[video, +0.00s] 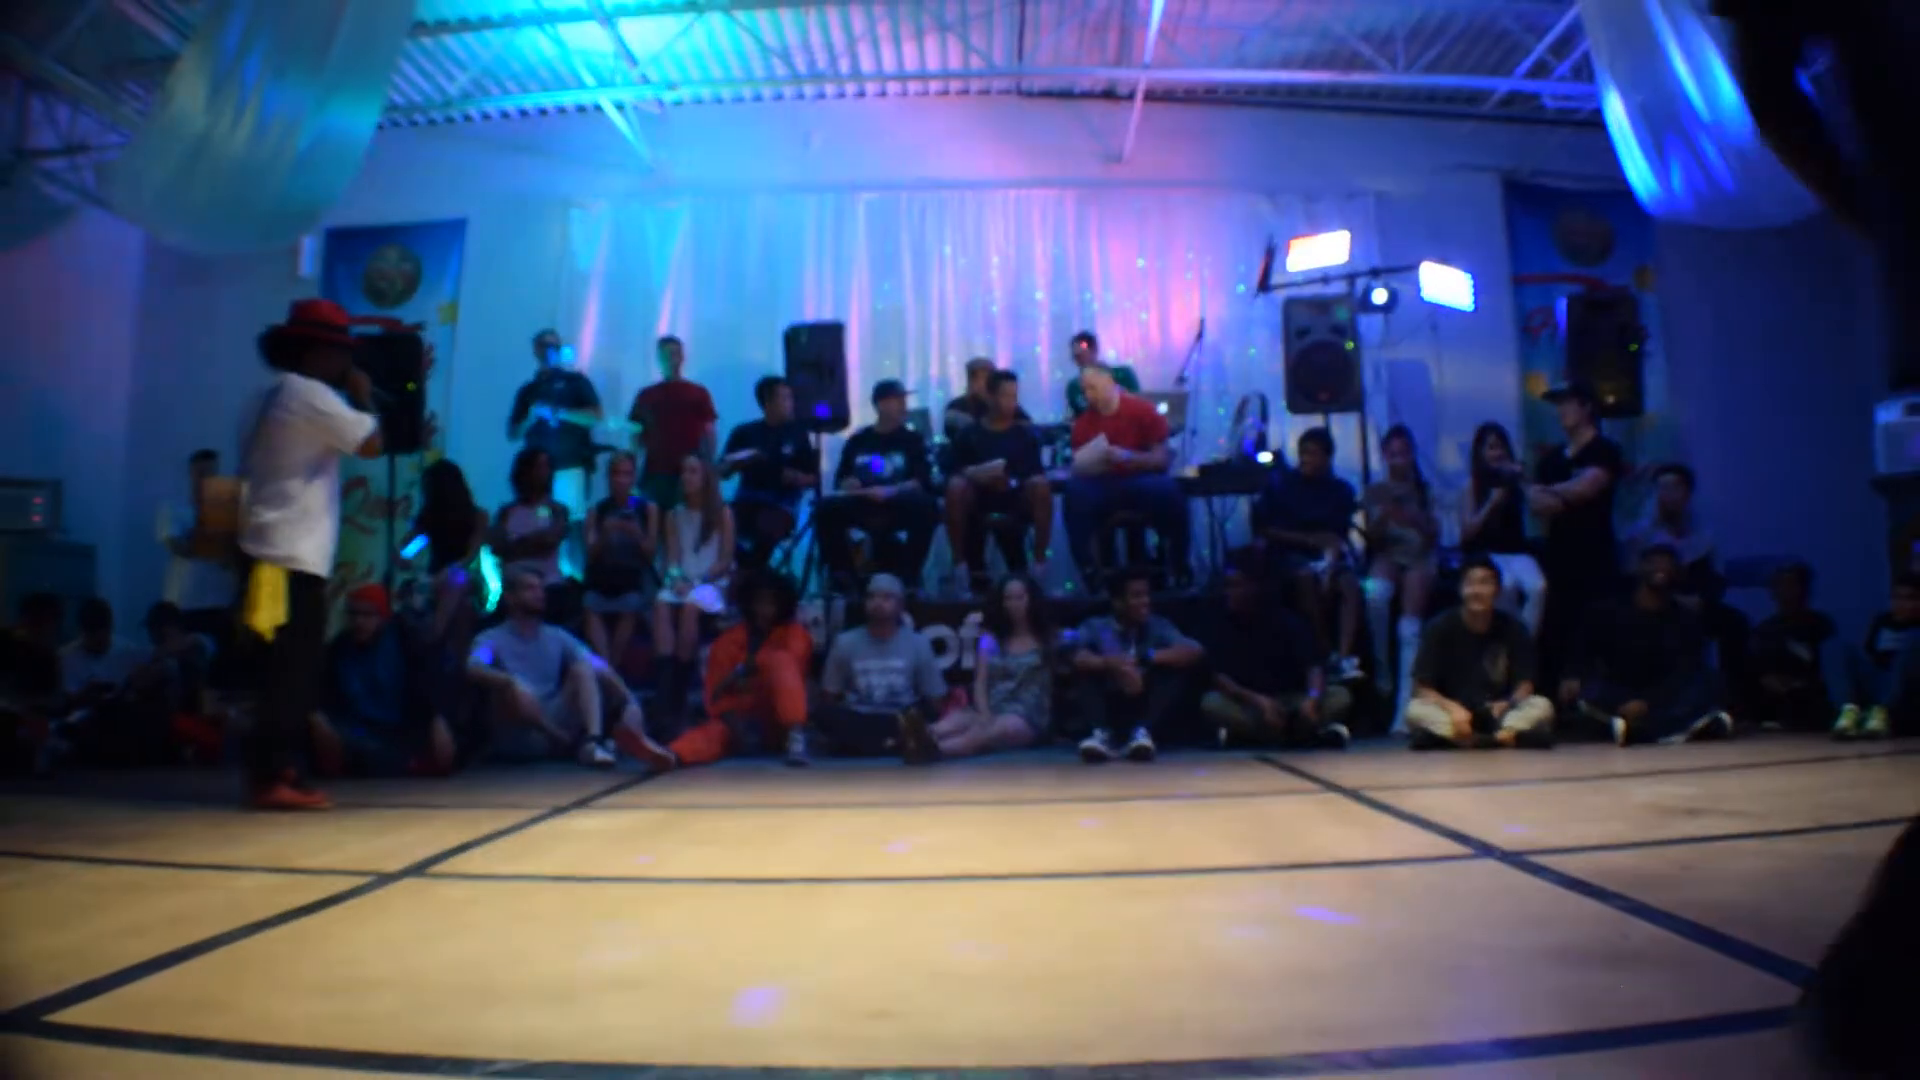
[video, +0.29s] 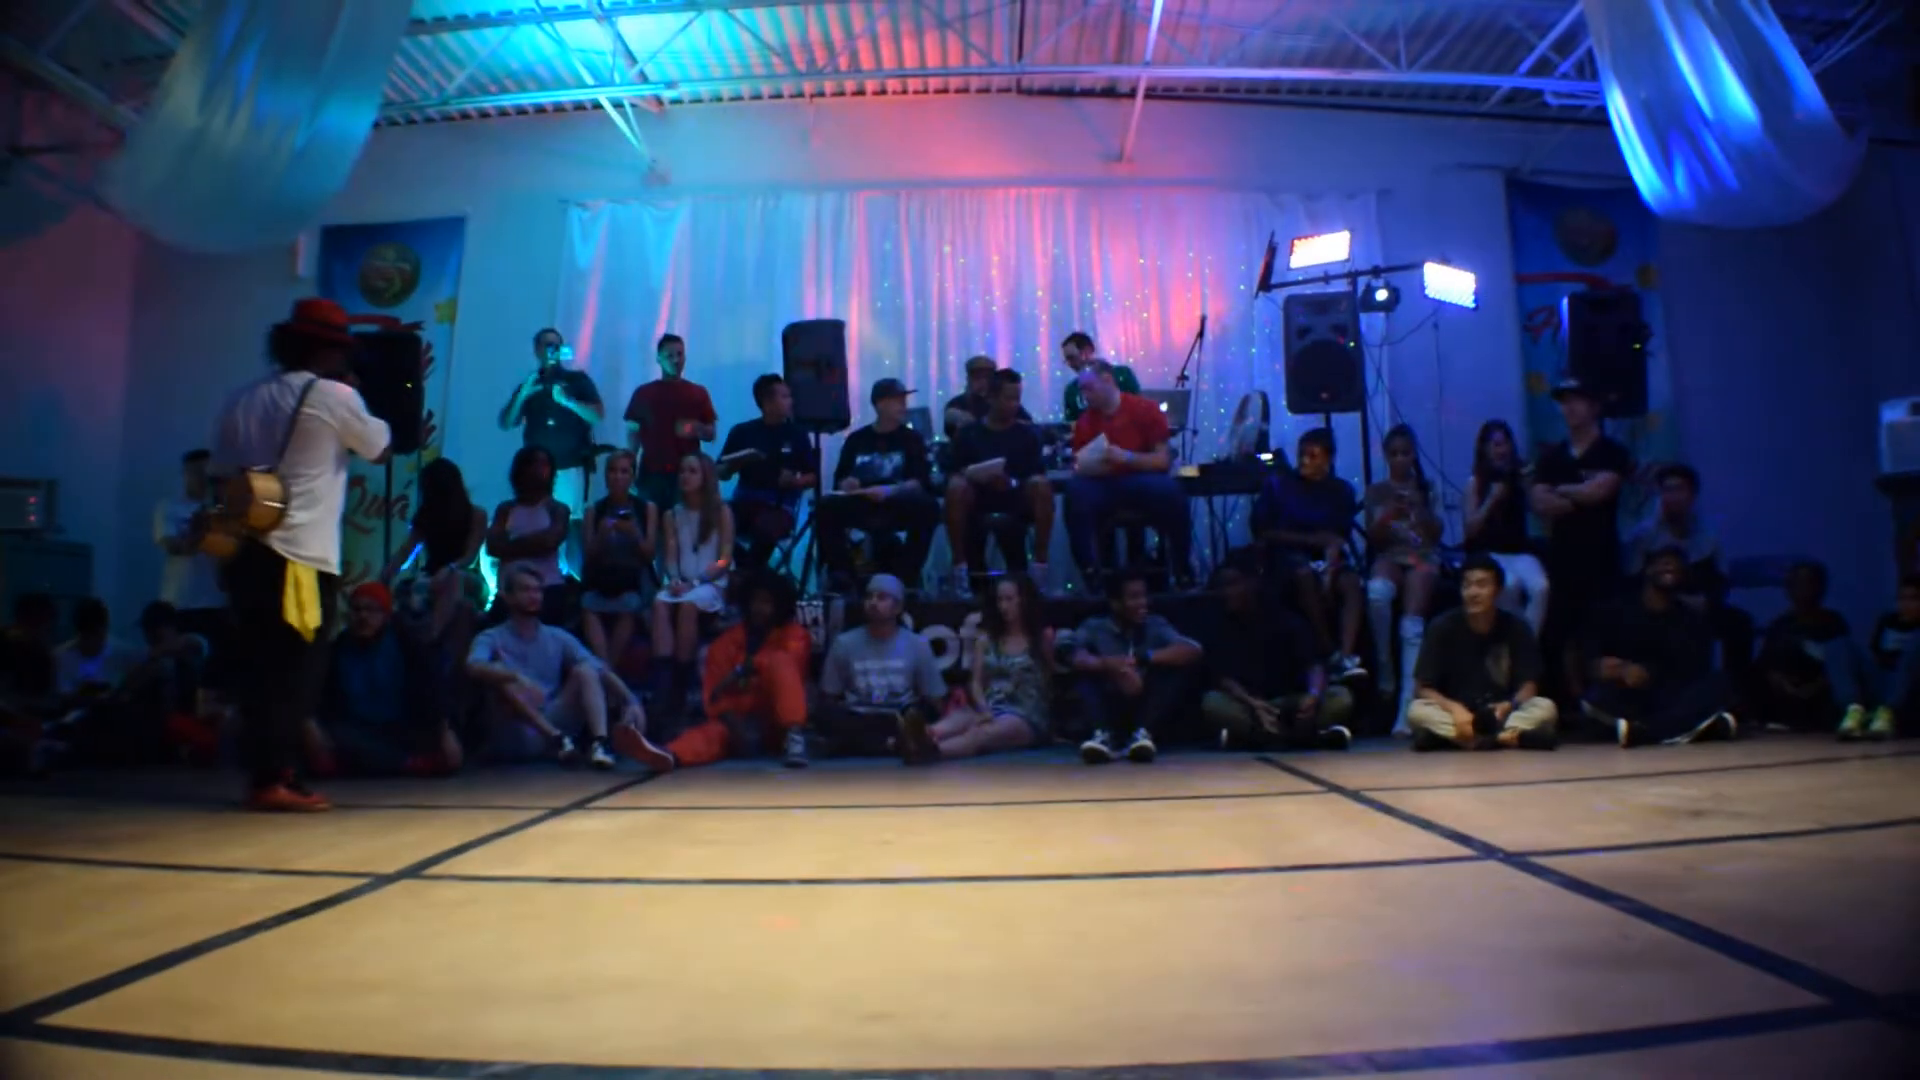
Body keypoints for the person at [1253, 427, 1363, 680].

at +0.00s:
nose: (1308, 459)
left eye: (1315, 454)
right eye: (1304, 453)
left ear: (1328, 457)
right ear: (1299, 455)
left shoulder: (1340, 490)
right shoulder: (1282, 485)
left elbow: (1340, 531)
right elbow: (1264, 526)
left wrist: (1331, 557)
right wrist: (1312, 541)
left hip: (1327, 552)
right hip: (1291, 551)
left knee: (1349, 582)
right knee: (1306, 579)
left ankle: (1345, 655)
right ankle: (1319, 655)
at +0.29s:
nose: (1306, 462)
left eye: (1313, 456)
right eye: (1303, 455)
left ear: (1328, 459)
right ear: (1298, 457)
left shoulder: (1340, 490)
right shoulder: (1280, 485)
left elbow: (1341, 532)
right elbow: (1264, 531)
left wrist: (1332, 557)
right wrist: (1316, 541)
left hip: (1327, 554)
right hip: (1290, 553)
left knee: (1351, 582)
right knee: (1306, 578)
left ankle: (1346, 655)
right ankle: (1327, 653)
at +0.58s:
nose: (1302, 462)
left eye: (1308, 456)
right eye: (1299, 456)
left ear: (1323, 459)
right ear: (1294, 457)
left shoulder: (1339, 488)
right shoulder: (1278, 487)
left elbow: (1341, 533)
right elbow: (1263, 532)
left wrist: (1331, 567)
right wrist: (1314, 543)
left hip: (1328, 552)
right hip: (1291, 552)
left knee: (1352, 581)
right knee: (1305, 579)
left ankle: (1345, 656)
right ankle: (1328, 655)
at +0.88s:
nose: (1301, 463)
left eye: (1307, 456)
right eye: (1297, 456)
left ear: (1321, 458)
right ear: (1291, 456)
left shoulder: (1338, 488)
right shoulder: (1277, 486)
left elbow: (1340, 534)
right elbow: (1263, 533)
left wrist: (1329, 567)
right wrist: (1309, 544)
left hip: (1327, 551)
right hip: (1290, 553)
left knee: (1352, 581)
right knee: (1304, 577)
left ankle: (1348, 655)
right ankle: (1325, 650)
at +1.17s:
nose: (1302, 464)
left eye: (1308, 457)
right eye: (1296, 457)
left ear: (1320, 457)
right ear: (1290, 457)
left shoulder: (1337, 488)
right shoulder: (1277, 486)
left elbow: (1343, 533)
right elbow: (1262, 534)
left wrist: (1330, 559)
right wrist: (1312, 545)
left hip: (1328, 553)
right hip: (1290, 554)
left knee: (1352, 581)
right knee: (1303, 581)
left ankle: (1345, 656)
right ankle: (1316, 655)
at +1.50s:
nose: (1309, 461)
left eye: (1315, 455)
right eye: (1304, 454)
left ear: (1323, 456)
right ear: (1294, 454)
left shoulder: (1337, 486)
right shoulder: (1276, 485)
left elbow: (1347, 533)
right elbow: (1258, 533)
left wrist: (1329, 559)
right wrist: (1302, 528)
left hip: (1329, 553)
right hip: (1291, 554)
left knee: (1352, 584)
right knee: (1300, 582)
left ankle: (1344, 658)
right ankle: (1318, 656)